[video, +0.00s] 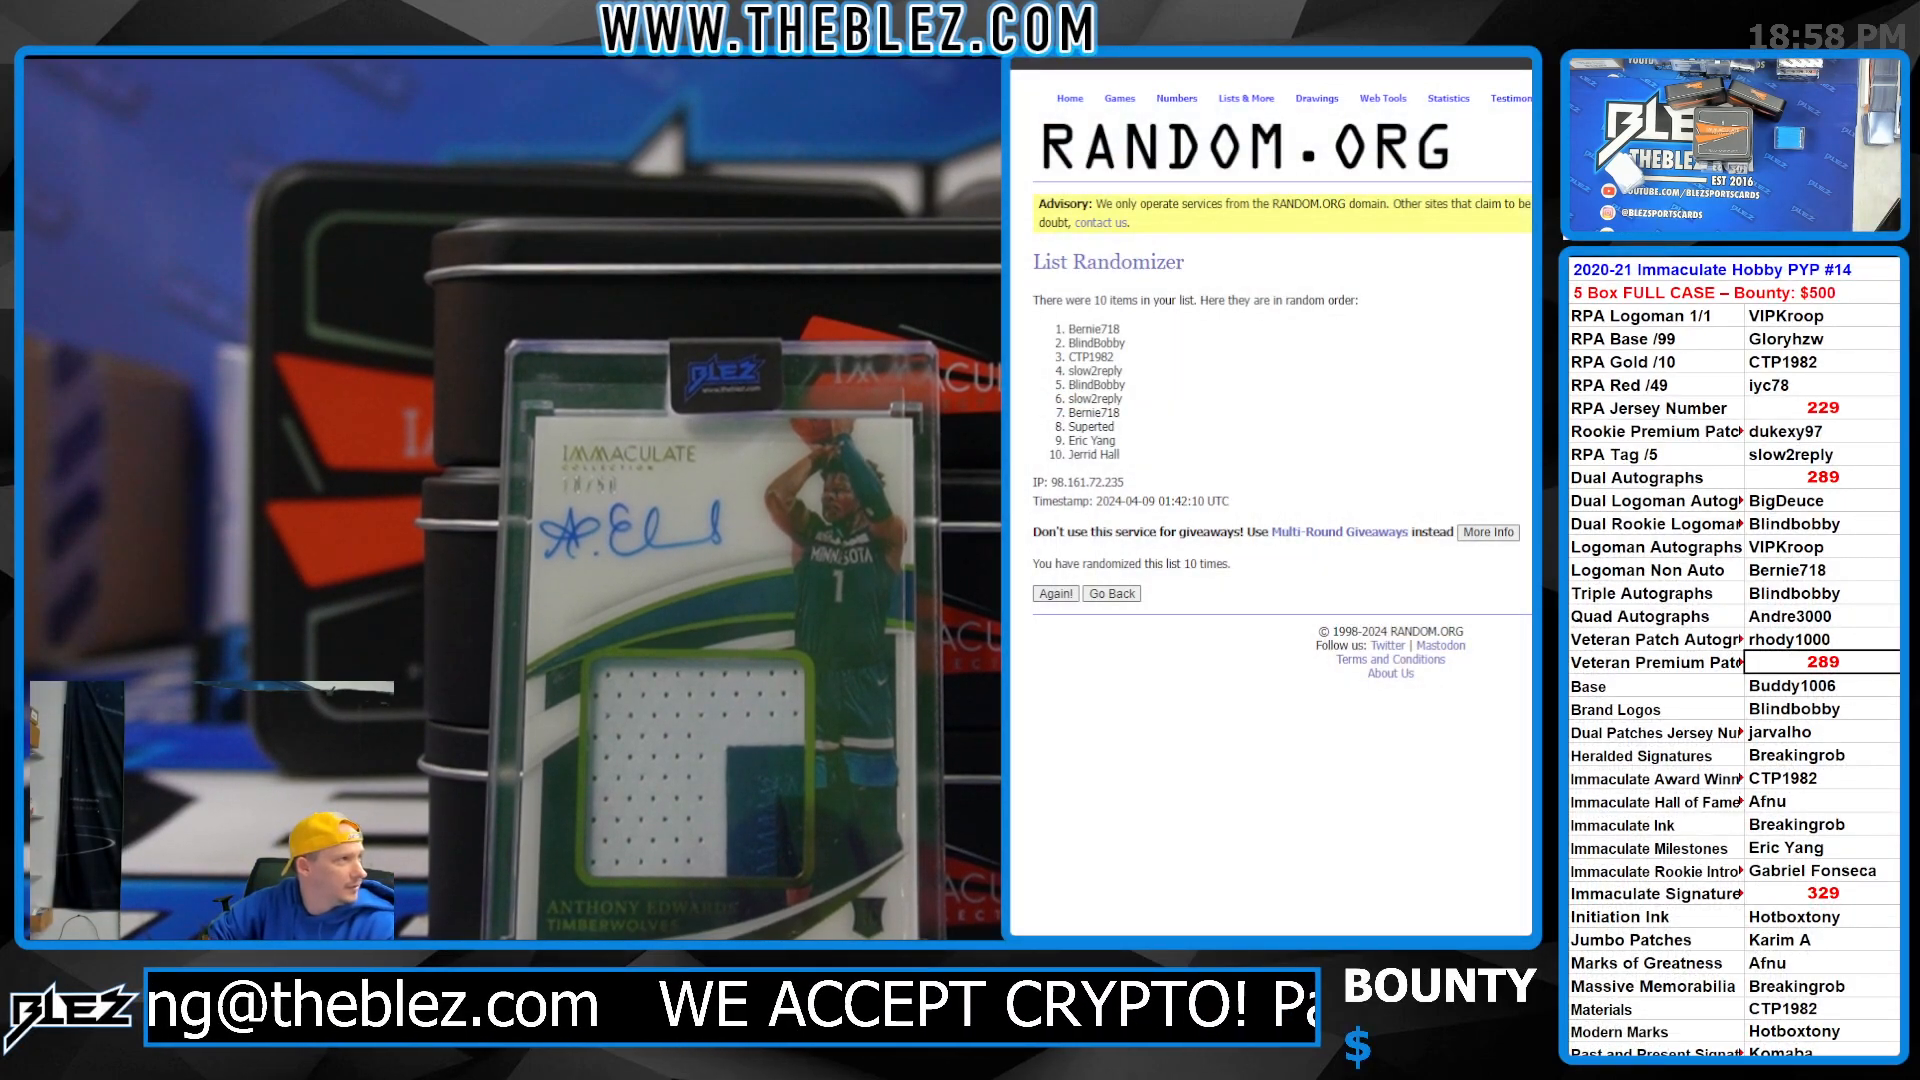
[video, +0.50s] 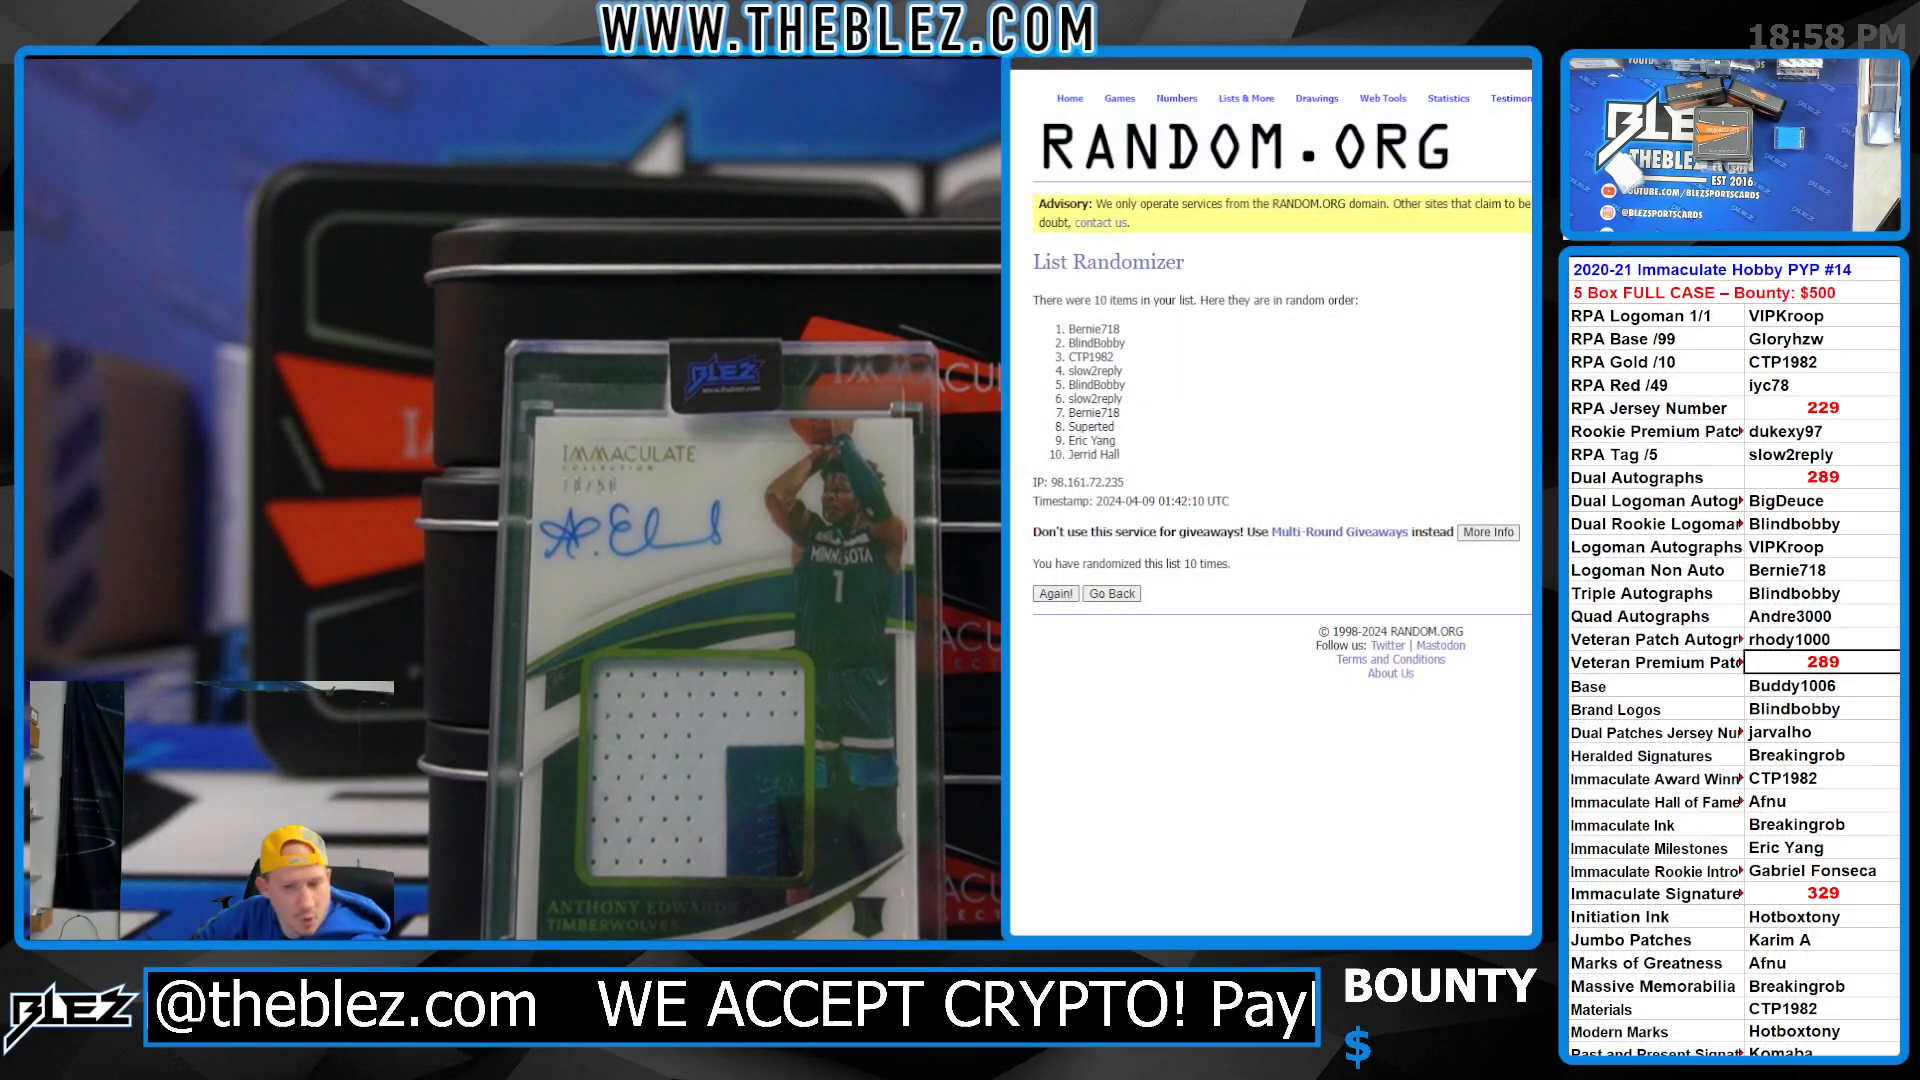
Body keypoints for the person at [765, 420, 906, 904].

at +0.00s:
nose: (835, 497)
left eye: (843, 490)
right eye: (829, 490)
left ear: (862, 495)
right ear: (822, 496)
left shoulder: (884, 539)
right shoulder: (811, 533)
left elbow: (876, 496)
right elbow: (776, 496)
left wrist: (843, 445)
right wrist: (815, 459)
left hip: (865, 679)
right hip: (813, 679)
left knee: (873, 797)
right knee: (820, 795)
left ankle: (873, 895)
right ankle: (820, 888)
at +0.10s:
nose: (835, 496)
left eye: (844, 489)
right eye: (829, 489)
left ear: (863, 495)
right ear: (822, 495)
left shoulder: (884, 539)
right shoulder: (810, 533)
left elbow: (876, 497)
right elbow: (776, 497)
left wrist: (844, 445)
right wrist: (814, 459)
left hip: (865, 679)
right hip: (812, 678)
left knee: (872, 797)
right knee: (819, 795)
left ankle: (872, 895)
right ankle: (816, 887)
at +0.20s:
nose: (834, 496)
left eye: (843, 490)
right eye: (829, 489)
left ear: (862, 495)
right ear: (821, 495)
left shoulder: (884, 539)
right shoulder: (811, 532)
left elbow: (876, 497)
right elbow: (776, 496)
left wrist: (844, 446)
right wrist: (814, 459)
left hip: (866, 678)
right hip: (812, 677)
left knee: (873, 796)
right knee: (817, 793)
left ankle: (871, 893)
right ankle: (816, 885)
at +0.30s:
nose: (834, 496)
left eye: (844, 489)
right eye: (829, 488)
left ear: (862, 494)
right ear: (821, 495)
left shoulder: (884, 539)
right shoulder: (810, 532)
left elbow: (876, 498)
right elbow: (776, 497)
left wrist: (845, 447)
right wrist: (814, 460)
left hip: (866, 677)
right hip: (813, 676)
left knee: (873, 795)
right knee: (816, 792)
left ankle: (872, 892)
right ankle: (813, 885)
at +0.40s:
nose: (835, 496)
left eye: (844, 490)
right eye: (829, 489)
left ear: (862, 495)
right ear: (822, 495)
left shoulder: (884, 539)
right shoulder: (810, 533)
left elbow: (876, 497)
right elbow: (776, 496)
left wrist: (844, 446)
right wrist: (815, 459)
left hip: (866, 678)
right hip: (813, 677)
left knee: (872, 794)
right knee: (816, 792)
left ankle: (871, 893)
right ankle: (814, 885)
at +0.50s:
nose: (834, 497)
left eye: (843, 490)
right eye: (829, 490)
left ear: (862, 495)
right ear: (821, 495)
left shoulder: (883, 539)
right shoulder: (810, 533)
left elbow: (875, 496)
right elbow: (776, 496)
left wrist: (844, 445)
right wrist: (814, 460)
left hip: (865, 678)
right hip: (812, 676)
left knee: (872, 795)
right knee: (816, 793)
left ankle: (871, 895)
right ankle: (816, 887)